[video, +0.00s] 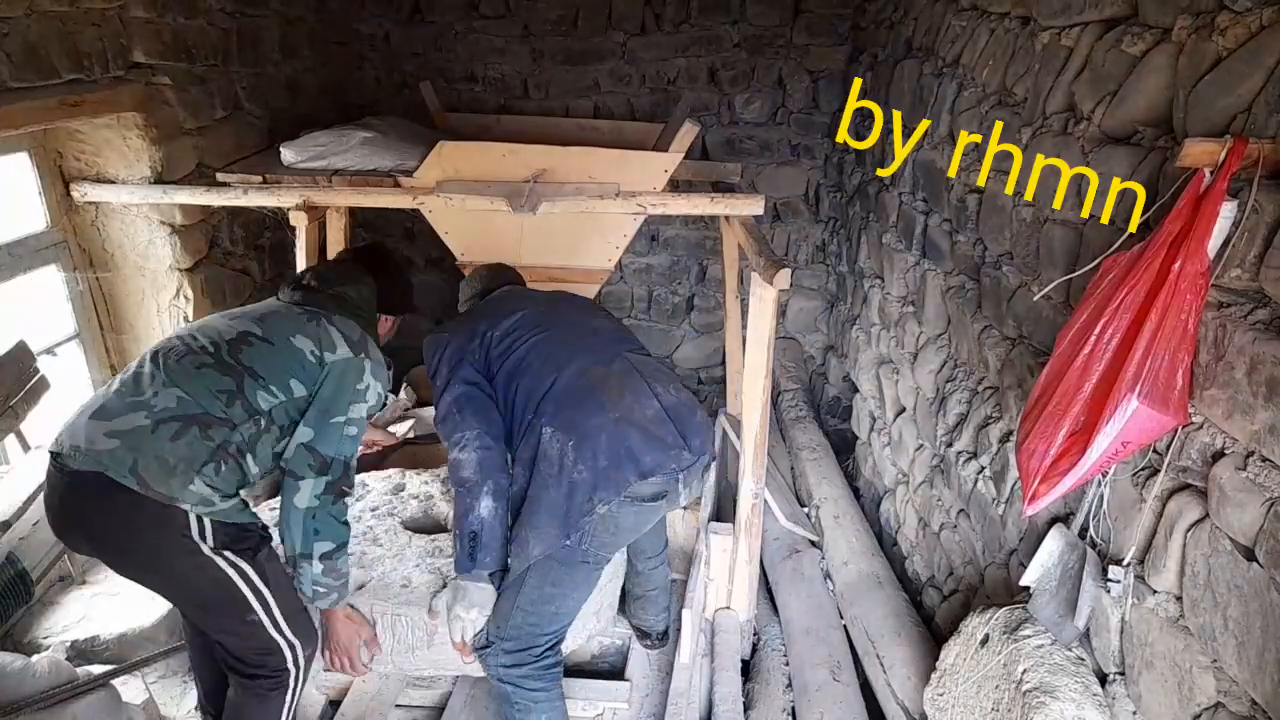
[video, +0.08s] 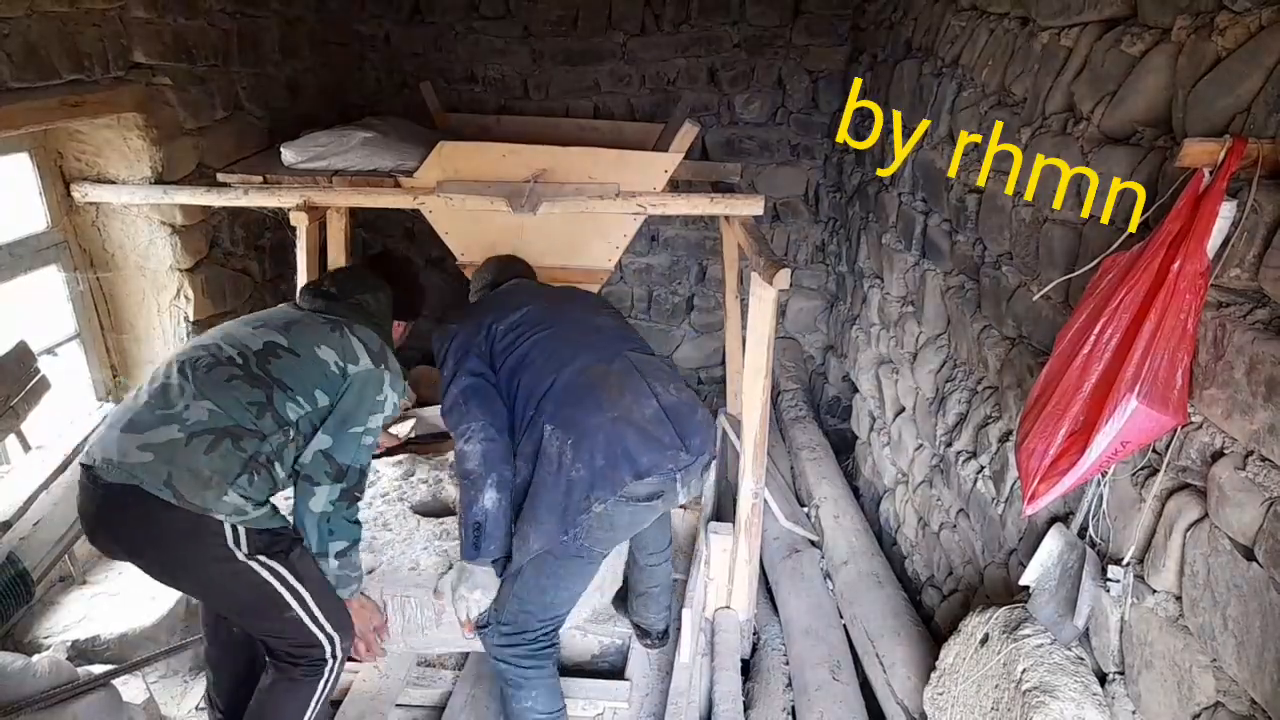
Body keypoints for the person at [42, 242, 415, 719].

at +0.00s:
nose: (392, 333)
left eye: (393, 324)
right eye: (395, 324)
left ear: (322, 287)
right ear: (384, 322)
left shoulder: (269, 314)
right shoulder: (357, 358)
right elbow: (315, 490)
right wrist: (333, 604)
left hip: (72, 483)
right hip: (150, 500)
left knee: (209, 607)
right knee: (281, 653)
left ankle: (219, 709)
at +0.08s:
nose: (403, 339)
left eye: (404, 333)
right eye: (405, 332)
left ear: (332, 295)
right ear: (396, 328)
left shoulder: (279, 320)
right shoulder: (374, 367)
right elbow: (325, 494)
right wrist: (348, 594)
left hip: (102, 489)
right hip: (181, 507)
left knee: (234, 584)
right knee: (320, 645)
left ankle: (232, 707)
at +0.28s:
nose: (377, 318)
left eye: (379, 309)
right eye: (380, 308)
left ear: (314, 270)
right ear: (369, 307)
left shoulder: (252, 300)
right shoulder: (347, 345)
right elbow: (359, 457)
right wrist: (406, 528)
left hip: (76, 472)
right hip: (149, 491)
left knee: (224, 586)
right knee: (294, 624)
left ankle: (228, 706)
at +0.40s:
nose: (344, 293)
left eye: (350, 282)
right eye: (350, 279)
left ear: (273, 224)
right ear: (335, 266)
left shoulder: (166, 264)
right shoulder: (311, 317)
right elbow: (301, 476)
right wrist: (310, 602)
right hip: (128, 541)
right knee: (250, 706)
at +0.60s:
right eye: (247, 300)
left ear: (145, 298)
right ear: (234, 298)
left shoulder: (89, 340)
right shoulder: (265, 327)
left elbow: (34, 488)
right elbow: (321, 428)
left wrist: (94, 578)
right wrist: (333, 504)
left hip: (139, 548)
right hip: (282, 515)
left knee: (181, 691)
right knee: (335, 589)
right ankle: (356, 701)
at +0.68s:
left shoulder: (63, 508)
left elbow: (7, 603)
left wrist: (103, 652)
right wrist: (182, 619)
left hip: (242, 570)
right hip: (370, 509)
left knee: (233, 682)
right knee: (373, 582)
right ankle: (364, 702)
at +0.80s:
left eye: (223, 264)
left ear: (237, 265)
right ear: (318, 264)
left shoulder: (197, 301)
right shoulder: (361, 306)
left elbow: (98, 393)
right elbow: (404, 398)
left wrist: (162, 478)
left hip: (232, 514)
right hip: (358, 498)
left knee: (223, 684)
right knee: (373, 568)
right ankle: (372, 687)